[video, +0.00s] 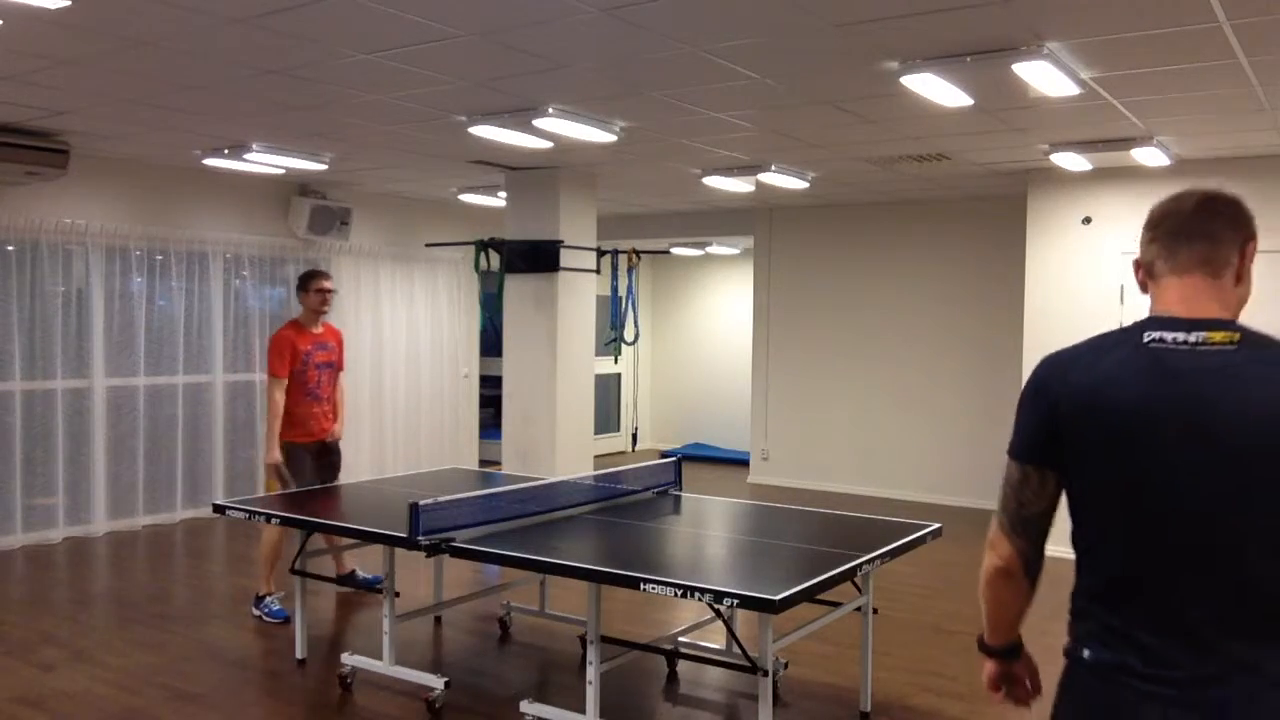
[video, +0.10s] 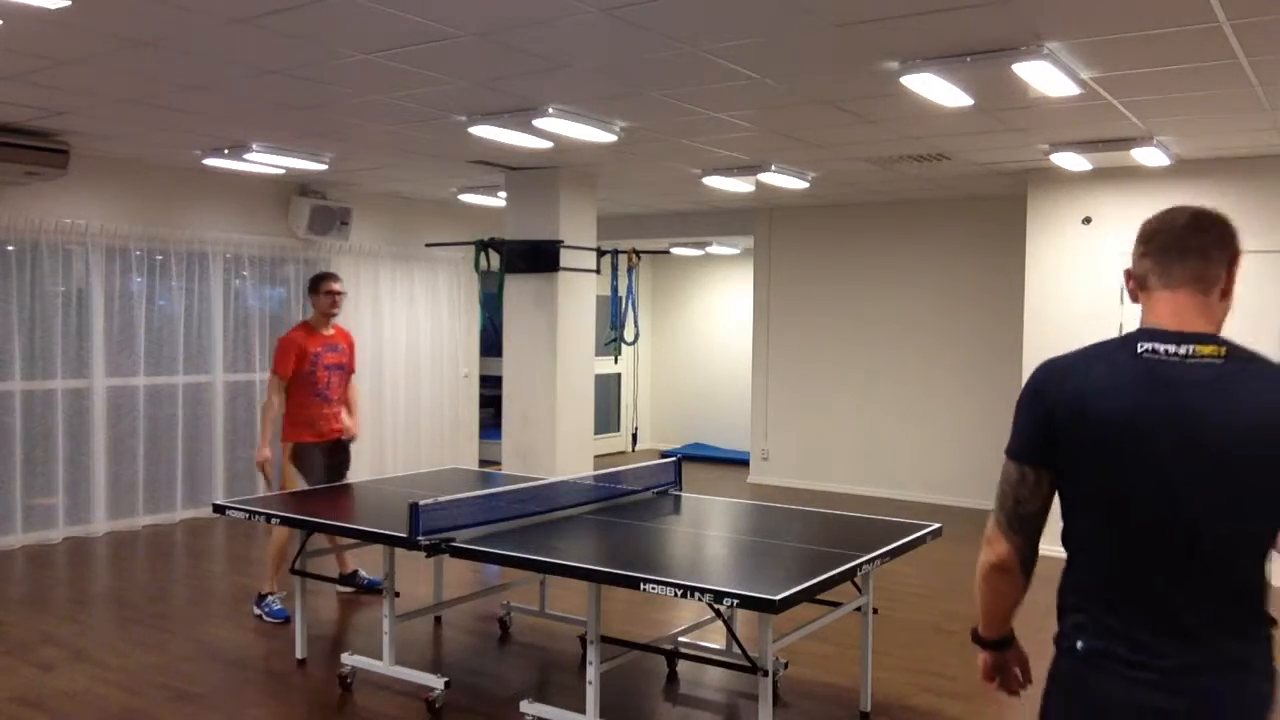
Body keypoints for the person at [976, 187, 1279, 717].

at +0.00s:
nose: (1248, 280)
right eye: (1252, 266)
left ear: (1141, 275)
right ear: (1245, 264)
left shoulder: (1066, 378)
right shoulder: (1271, 370)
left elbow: (1010, 555)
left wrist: (1001, 647)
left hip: (1109, 692)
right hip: (1252, 693)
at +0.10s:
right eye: (1234, 281)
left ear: (1132, 283)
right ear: (1229, 283)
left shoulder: (1061, 384)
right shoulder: (1270, 392)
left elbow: (1004, 554)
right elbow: (1271, 541)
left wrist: (994, 638)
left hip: (1097, 681)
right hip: (1231, 685)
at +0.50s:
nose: (1063, 278)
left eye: (1065, 262)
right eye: (1062, 264)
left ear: (1087, 262)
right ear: (1142, 263)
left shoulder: (1058, 353)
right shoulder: (1213, 367)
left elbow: (1019, 503)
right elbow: (1233, 504)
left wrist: (975, 606)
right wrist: (1161, 517)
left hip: (1063, 613)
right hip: (1164, 618)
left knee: (1019, 707)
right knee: (1154, 710)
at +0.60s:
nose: (1042, 285)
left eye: (1045, 270)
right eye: (1042, 271)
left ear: (1070, 270)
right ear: (1118, 270)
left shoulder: (1047, 358)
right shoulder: (1189, 368)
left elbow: (1013, 500)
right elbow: (1200, 494)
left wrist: (971, 609)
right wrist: (1121, 474)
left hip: (1054, 610)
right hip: (1148, 612)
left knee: (1023, 709)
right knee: (1140, 711)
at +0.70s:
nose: (1025, 292)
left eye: (1028, 278)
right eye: (1025, 279)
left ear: (1048, 281)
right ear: (1096, 278)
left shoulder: (1024, 366)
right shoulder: (1160, 370)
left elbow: (996, 497)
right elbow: (1171, 490)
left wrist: (955, 612)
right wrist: (1104, 456)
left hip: (1037, 606)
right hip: (1127, 604)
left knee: (1025, 709)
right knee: (1125, 710)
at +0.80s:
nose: (995, 296)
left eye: (999, 283)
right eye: (996, 283)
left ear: (1022, 287)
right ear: (1067, 283)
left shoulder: (998, 370)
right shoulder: (1132, 368)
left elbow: (973, 496)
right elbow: (1151, 480)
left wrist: (935, 605)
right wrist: (1096, 433)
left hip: (1017, 599)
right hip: (1104, 598)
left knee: (1004, 706)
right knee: (1105, 709)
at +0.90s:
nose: (972, 294)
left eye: (976, 280)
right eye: (973, 281)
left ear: (999, 285)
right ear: (1043, 281)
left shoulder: (976, 367)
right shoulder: (1109, 359)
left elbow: (950, 487)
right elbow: (1146, 464)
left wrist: (915, 588)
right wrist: (1089, 422)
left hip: (998, 574)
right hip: (1081, 573)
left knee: (976, 705)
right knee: (1074, 709)